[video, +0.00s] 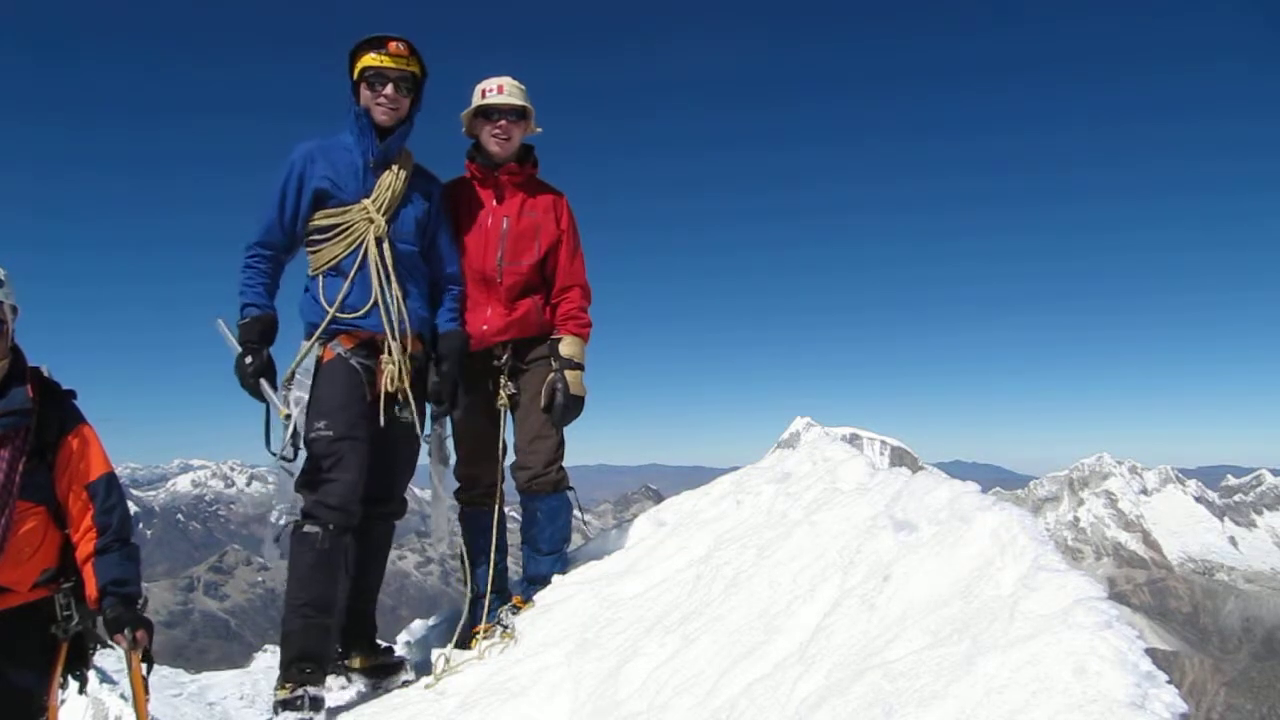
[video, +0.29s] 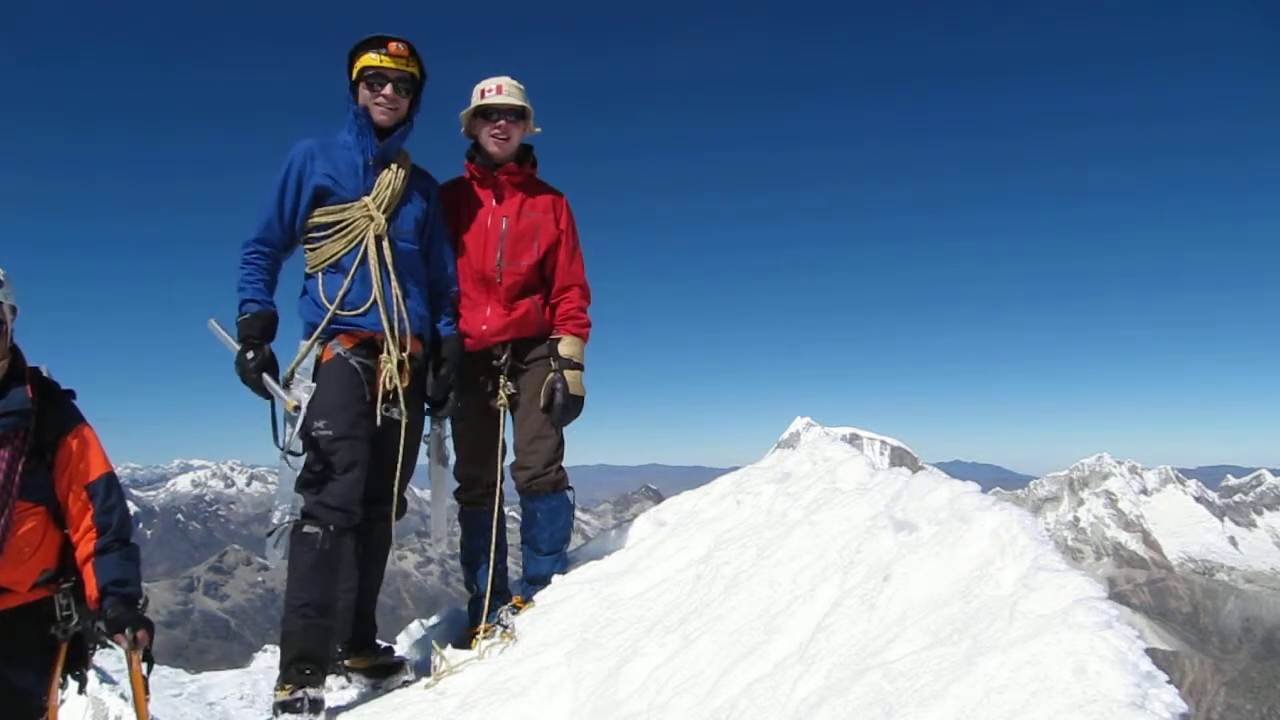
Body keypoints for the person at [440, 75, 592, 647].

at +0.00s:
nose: (501, 126)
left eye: (512, 117)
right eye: (491, 117)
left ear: (527, 127)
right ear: (473, 127)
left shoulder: (550, 204)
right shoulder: (450, 200)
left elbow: (571, 289)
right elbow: (431, 277)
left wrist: (572, 360)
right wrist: (435, 351)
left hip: (535, 350)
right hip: (469, 352)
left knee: (539, 466)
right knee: (476, 476)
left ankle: (542, 587)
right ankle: (485, 599)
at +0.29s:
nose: (500, 126)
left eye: (511, 117)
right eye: (490, 117)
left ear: (526, 127)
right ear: (472, 127)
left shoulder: (550, 204)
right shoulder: (448, 200)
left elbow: (570, 289)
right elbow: (429, 278)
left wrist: (571, 361)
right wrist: (434, 354)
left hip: (535, 351)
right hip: (468, 353)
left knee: (538, 467)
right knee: (476, 478)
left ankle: (541, 589)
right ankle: (486, 604)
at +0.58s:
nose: (498, 125)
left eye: (509, 116)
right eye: (488, 116)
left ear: (525, 127)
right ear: (471, 126)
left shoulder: (549, 205)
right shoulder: (445, 202)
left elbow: (571, 288)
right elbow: (425, 280)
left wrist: (569, 350)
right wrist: (430, 356)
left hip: (534, 353)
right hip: (465, 358)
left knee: (537, 468)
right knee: (475, 479)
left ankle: (541, 589)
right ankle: (485, 603)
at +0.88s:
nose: (499, 126)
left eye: (510, 117)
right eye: (488, 117)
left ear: (526, 128)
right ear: (471, 126)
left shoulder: (554, 208)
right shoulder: (444, 202)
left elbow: (579, 282)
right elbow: (421, 277)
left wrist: (565, 287)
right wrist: (426, 363)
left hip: (533, 351)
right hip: (464, 355)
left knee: (536, 468)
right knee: (474, 479)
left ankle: (542, 589)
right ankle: (485, 604)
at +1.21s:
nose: (495, 126)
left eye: (506, 117)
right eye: (484, 116)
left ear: (522, 127)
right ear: (468, 126)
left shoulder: (551, 206)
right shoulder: (443, 203)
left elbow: (578, 273)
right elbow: (420, 276)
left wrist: (567, 303)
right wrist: (427, 356)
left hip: (531, 348)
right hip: (463, 354)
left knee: (537, 468)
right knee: (474, 478)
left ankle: (542, 588)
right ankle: (485, 603)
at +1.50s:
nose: (495, 125)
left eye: (505, 116)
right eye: (484, 116)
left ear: (522, 126)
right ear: (467, 126)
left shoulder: (548, 204)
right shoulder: (443, 203)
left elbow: (569, 288)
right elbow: (424, 281)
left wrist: (561, 354)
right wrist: (428, 363)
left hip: (531, 352)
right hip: (463, 358)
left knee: (538, 471)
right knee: (476, 480)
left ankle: (542, 589)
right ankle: (485, 601)